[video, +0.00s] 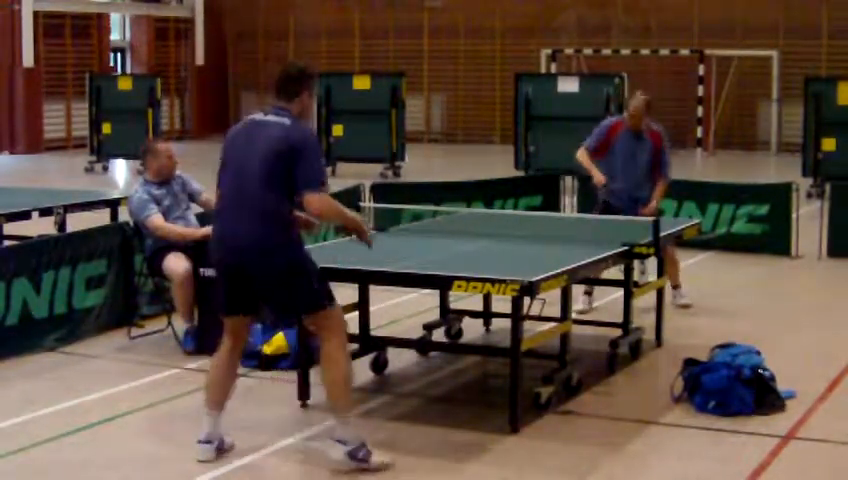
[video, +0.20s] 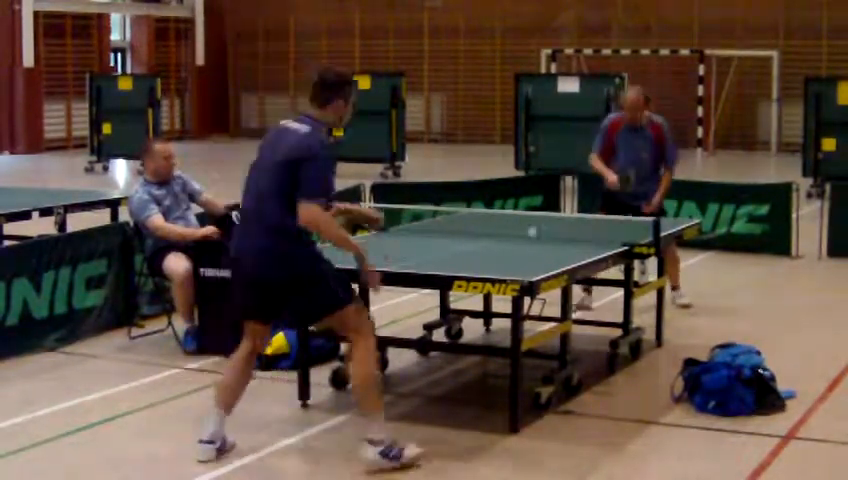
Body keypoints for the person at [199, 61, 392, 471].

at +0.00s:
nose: (314, 104)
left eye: (312, 97)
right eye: (313, 98)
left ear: (276, 94)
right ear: (304, 98)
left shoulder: (239, 131)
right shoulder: (300, 135)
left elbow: (227, 196)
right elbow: (315, 202)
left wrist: (287, 215)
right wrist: (351, 220)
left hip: (228, 246)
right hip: (276, 249)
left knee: (232, 336)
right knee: (332, 330)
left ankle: (209, 434)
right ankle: (348, 437)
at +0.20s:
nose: (351, 112)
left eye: (351, 104)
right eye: (350, 104)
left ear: (314, 99)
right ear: (339, 104)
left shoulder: (281, 132)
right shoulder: (314, 144)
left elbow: (290, 197)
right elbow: (310, 214)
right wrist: (357, 252)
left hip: (248, 257)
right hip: (289, 262)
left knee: (252, 342)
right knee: (360, 329)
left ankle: (212, 433)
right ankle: (378, 440)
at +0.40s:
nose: (417, 158)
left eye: (419, 150)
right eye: (417, 150)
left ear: (389, 139)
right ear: (402, 145)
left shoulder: (358, 155)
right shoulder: (355, 175)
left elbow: (391, 189)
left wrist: (438, 200)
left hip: (284, 267)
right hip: (321, 269)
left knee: (271, 353)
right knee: (401, 336)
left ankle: (215, 435)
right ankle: (421, 444)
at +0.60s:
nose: (463, 161)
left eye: (466, 155)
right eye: (462, 153)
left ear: (434, 134)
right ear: (448, 146)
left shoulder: (380, 138)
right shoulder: (429, 183)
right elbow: (473, 216)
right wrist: (497, 174)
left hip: (310, 255)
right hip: (359, 267)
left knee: (282, 335)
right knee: (424, 333)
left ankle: (229, 420)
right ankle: (420, 443)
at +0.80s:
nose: (438, 102)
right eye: (440, 96)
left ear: (406, 87)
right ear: (439, 98)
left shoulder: (362, 108)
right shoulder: (433, 130)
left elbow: (342, 161)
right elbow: (500, 128)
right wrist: (481, 78)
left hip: (323, 238)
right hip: (380, 247)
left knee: (282, 328)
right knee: (419, 334)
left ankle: (239, 411)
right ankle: (428, 438)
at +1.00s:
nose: (401, 100)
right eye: (401, 94)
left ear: (356, 94)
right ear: (396, 96)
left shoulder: (326, 131)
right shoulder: (404, 141)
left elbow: (291, 181)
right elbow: (464, 176)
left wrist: (334, 173)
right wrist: (471, 132)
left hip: (313, 257)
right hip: (372, 259)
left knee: (287, 349)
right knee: (416, 339)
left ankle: (257, 447)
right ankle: (435, 445)